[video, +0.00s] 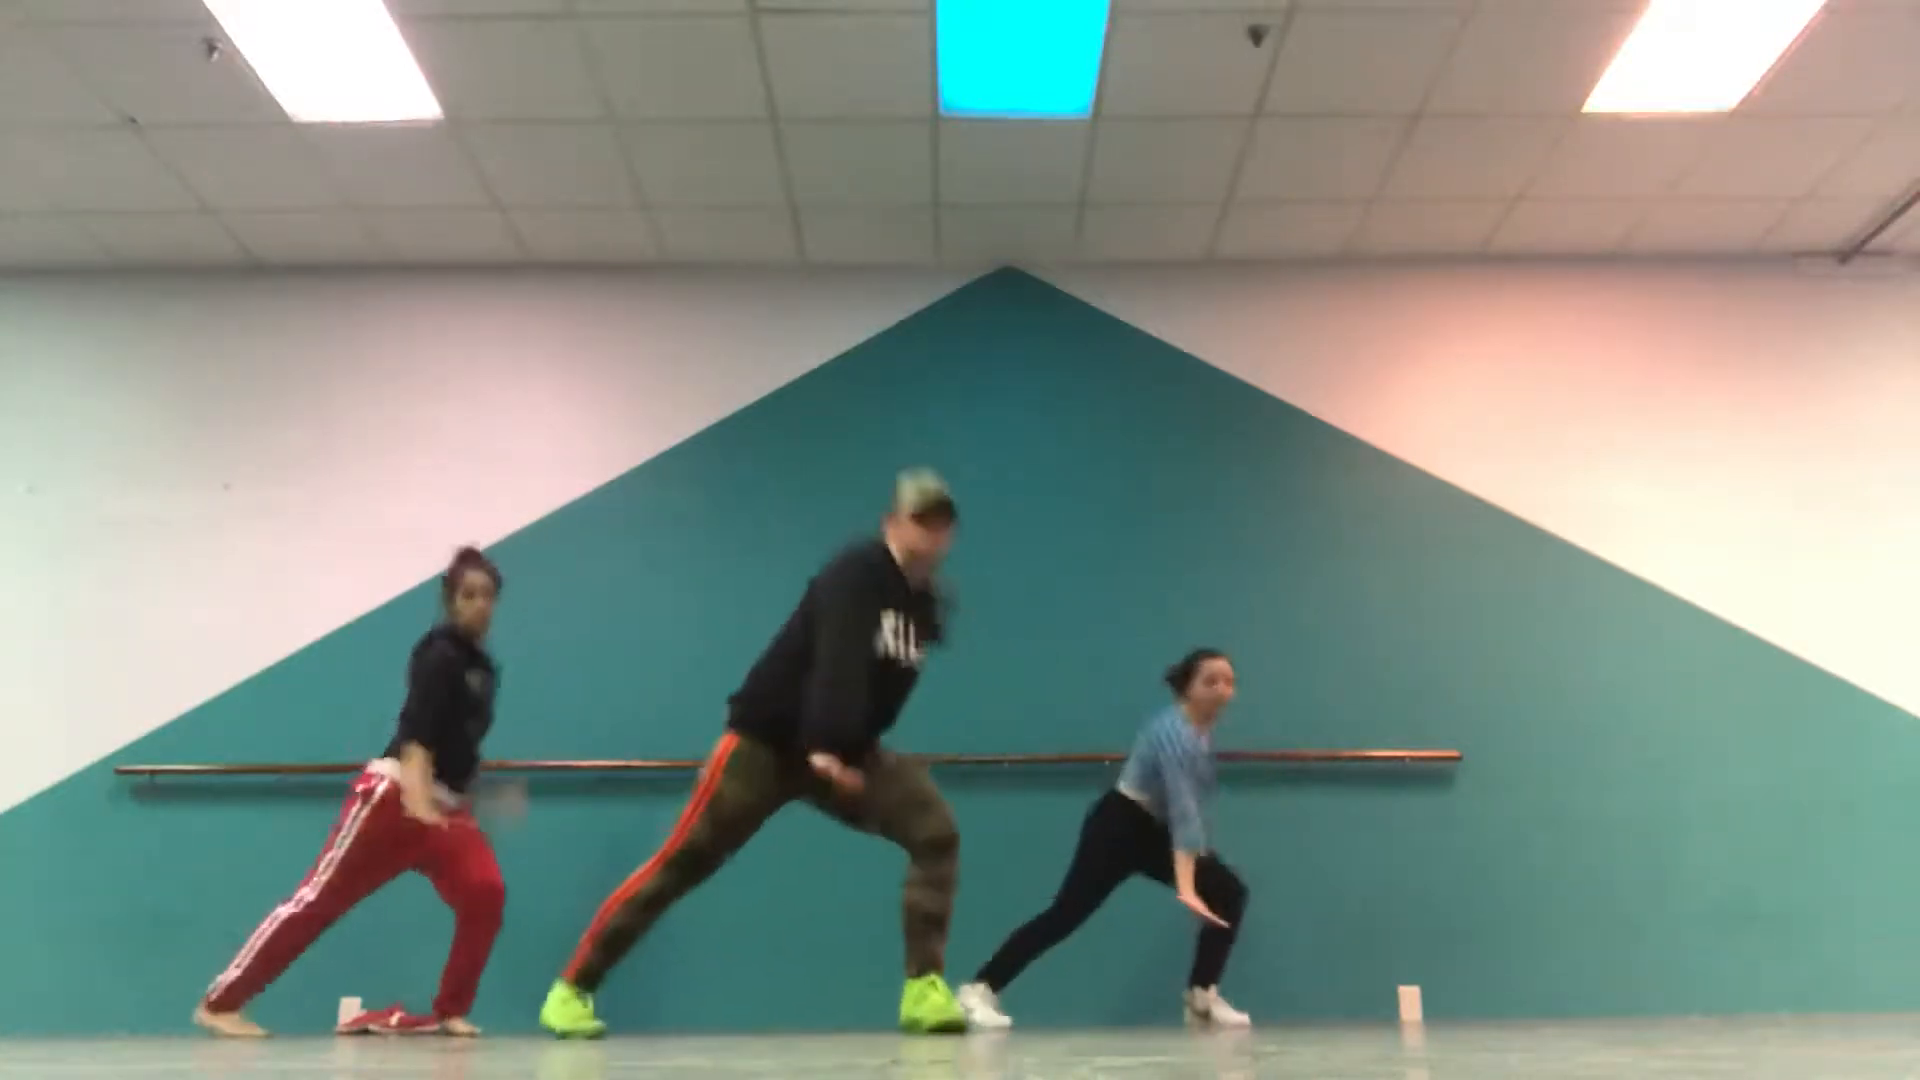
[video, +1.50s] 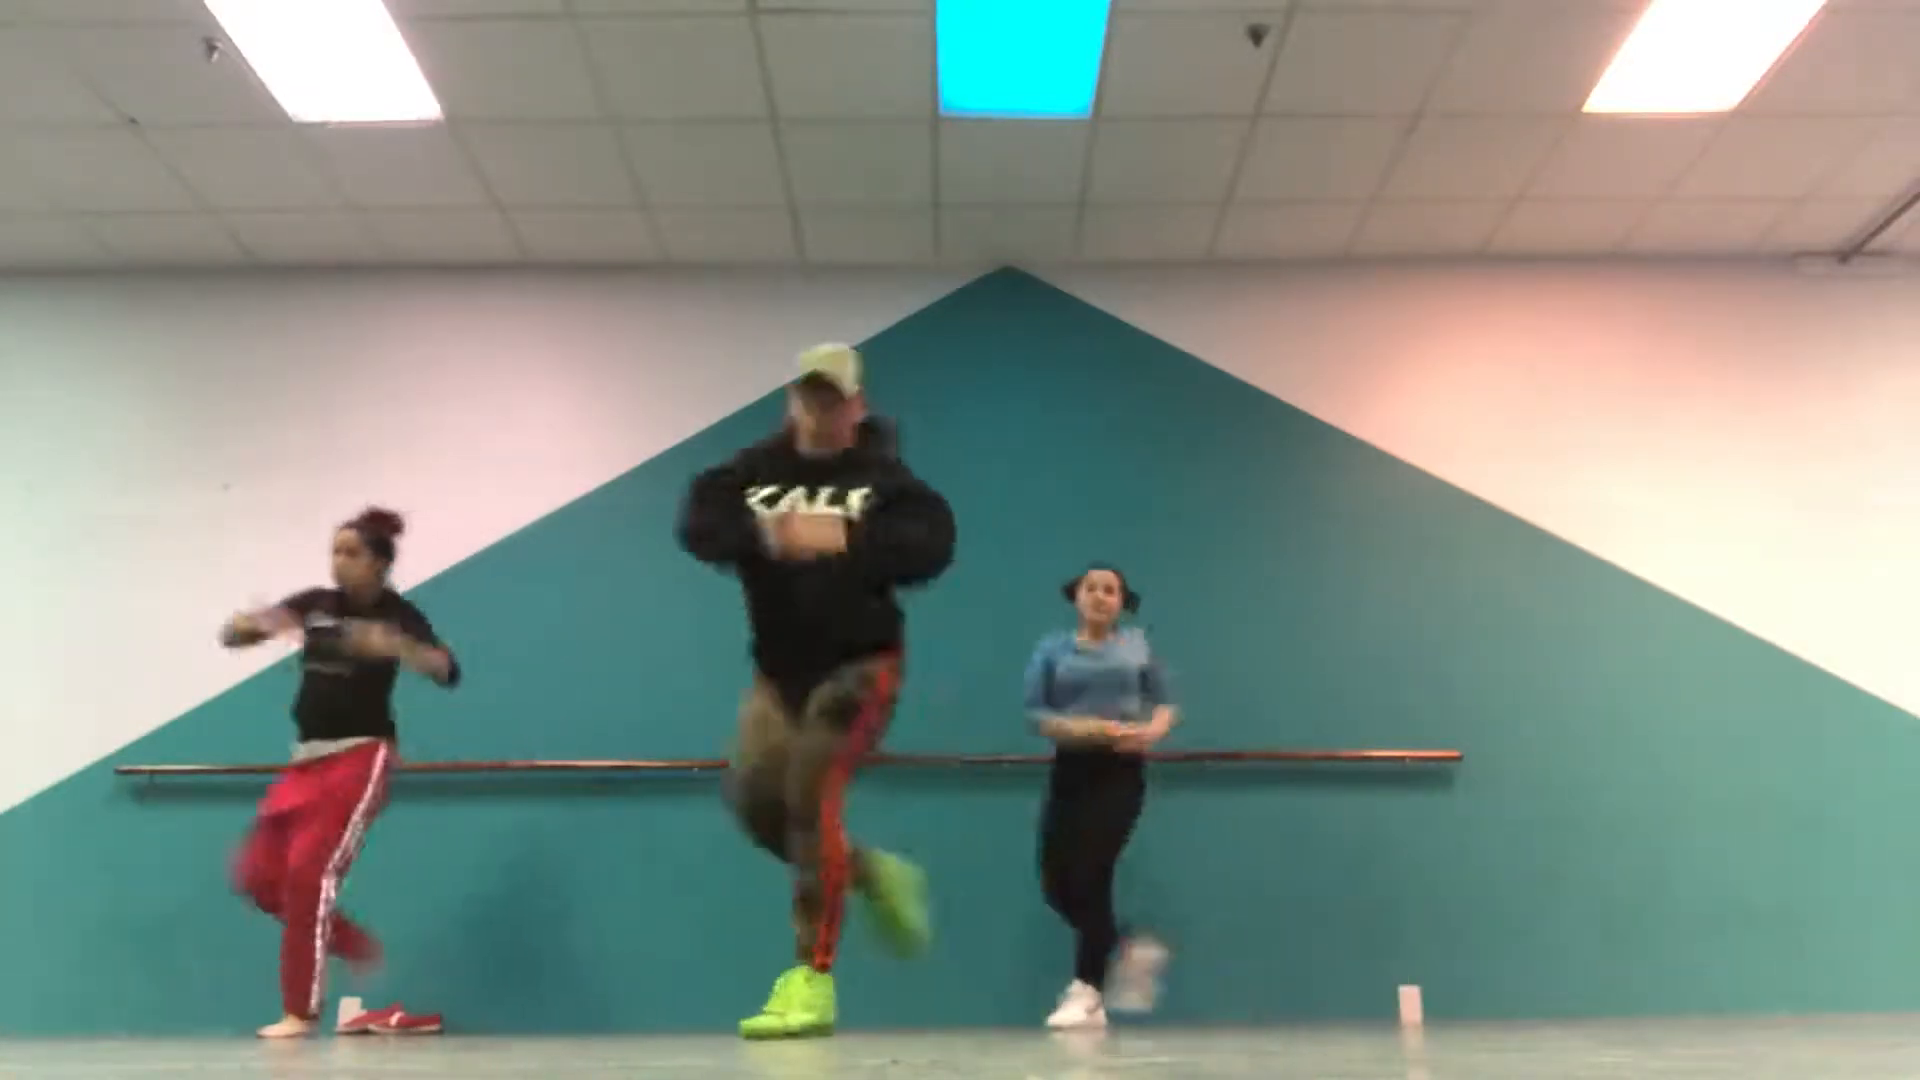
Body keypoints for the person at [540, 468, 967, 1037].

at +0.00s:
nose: (931, 537)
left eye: (941, 526)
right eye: (920, 522)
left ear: (950, 533)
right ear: (891, 523)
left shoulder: (923, 601)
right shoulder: (854, 575)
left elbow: (887, 674)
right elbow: (836, 657)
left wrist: (858, 746)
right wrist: (825, 743)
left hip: (844, 754)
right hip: (767, 743)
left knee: (934, 834)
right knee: (683, 862)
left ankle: (924, 989)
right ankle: (573, 989)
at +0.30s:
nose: (820, 469)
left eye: (831, 456)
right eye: (807, 460)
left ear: (856, 461)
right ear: (793, 474)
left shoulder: (901, 506)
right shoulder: (781, 548)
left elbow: (985, 506)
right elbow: (758, 626)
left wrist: (944, 512)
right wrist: (759, 699)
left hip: (899, 681)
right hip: (819, 703)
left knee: (917, 741)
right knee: (791, 845)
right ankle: (778, 979)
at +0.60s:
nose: (832, 519)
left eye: (846, 506)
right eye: (822, 506)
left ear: (875, 516)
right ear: (808, 518)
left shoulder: (906, 576)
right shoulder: (815, 597)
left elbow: (915, 680)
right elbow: (826, 697)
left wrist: (895, 779)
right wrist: (847, 774)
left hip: (965, 730)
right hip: (883, 750)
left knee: (1040, 858)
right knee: (785, 830)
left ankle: (1144, 986)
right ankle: (808, 990)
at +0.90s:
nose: (879, 450)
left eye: (890, 438)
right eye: (869, 440)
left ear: (914, 441)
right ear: (853, 450)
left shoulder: (936, 489)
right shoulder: (835, 518)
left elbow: (938, 466)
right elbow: (758, 498)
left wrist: (862, 488)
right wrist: (812, 499)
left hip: (986, 655)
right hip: (917, 689)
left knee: (944, 731)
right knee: (925, 839)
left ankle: (1054, 779)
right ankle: (993, 972)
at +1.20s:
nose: (888, 443)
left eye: (901, 434)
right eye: (879, 432)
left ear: (923, 448)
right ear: (861, 442)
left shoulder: (947, 513)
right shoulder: (831, 521)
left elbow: (951, 617)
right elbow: (819, 617)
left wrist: (900, 701)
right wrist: (830, 703)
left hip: (947, 688)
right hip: (878, 695)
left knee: (896, 816)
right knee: (953, 844)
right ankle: (1012, 982)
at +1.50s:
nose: (818, 410)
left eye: (833, 399)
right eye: (809, 397)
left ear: (857, 407)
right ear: (792, 402)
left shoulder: (882, 475)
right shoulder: (755, 468)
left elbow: (932, 539)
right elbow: (699, 525)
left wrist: (843, 536)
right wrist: (771, 533)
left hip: (859, 664)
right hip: (780, 670)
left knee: (814, 797)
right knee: (755, 800)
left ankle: (812, 975)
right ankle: (874, 877)